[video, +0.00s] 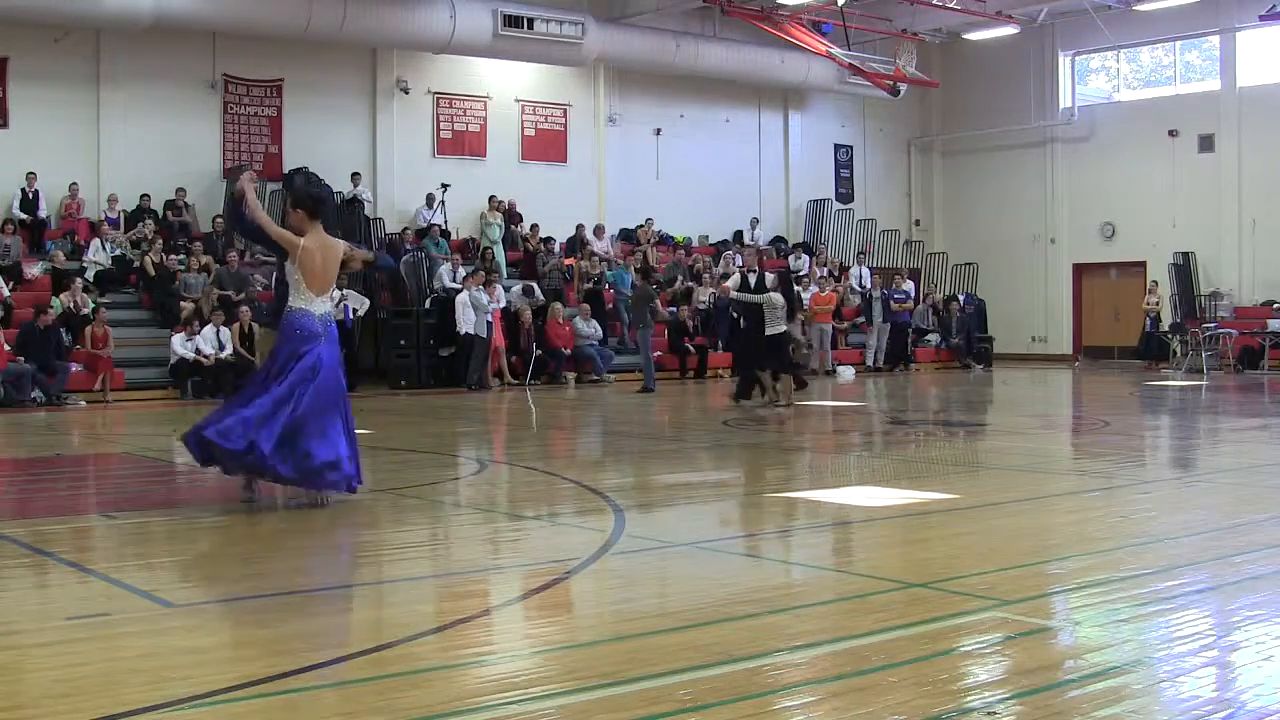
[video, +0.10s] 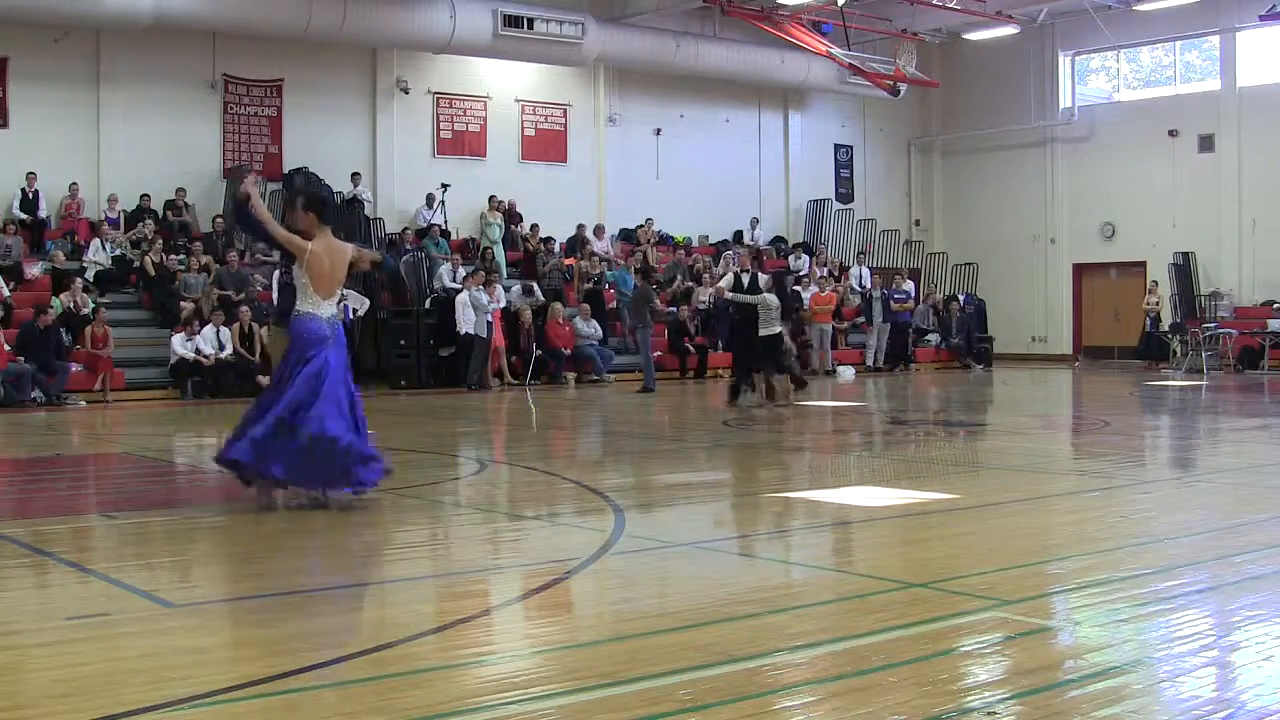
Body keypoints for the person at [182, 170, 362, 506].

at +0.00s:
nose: (287, 217)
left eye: (289, 211)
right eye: (289, 211)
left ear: (300, 212)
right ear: (319, 211)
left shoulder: (298, 244)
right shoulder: (340, 246)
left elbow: (258, 216)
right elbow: (365, 258)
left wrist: (248, 189)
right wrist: (357, 258)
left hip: (298, 328)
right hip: (326, 329)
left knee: (277, 395)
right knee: (321, 401)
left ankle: (252, 462)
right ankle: (318, 478)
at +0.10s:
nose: (292, 219)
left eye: (295, 213)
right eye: (293, 213)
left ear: (310, 216)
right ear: (321, 214)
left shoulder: (306, 248)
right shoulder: (347, 250)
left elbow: (268, 222)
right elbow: (372, 260)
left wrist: (252, 194)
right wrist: (360, 260)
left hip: (306, 329)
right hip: (334, 331)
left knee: (292, 399)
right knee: (330, 400)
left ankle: (267, 467)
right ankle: (333, 473)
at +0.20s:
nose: (307, 219)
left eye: (310, 213)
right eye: (308, 213)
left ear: (322, 215)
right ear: (335, 216)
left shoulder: (316, 251)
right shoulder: (352, 250)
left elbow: (283, 231)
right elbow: (371, 256)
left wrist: (261, 203)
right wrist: (373, 256)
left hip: (318, 331)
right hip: (344, 331)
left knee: (311, 400)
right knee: (342, 401)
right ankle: (361, 469)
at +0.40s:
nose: (334, 217)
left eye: (338, 212)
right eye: (336, 211)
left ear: (351, 216)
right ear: (362, 217)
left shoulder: (345, 248)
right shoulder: (376, 247)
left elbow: (303, 234)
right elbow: (383, 250)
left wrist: (268, 210)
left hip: (348, 328)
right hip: (369, 327)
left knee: (334, 400)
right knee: (362, 400)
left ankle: (332, 473)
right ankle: (370, 468)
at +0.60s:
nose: (363, 217)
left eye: (369, 213)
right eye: (364, 212)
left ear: (386, 219)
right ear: (387, 220)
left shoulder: (377, 250)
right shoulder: (396, 246)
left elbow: (331, 232)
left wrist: (298, 208)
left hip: (373, 328)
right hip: (388, 327)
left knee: (347, 392)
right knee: (389, 397)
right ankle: (406, 466)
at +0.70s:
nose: (381, 221)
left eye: (386, 216)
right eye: (382, 215)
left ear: (403, 221)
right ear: (404, 222)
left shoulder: (393, 254)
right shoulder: (411, 249)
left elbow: (349, 236)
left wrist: (315, 210)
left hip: (388, 331)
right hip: (401, 329)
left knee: (369, 397)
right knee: (407, 397)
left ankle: (371, 471)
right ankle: (426, 467)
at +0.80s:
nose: (400, 220)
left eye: (406, 215)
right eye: (401, 214)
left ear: (421, 222)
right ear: (417, 221)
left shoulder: (413, 252)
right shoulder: (422, 246)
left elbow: (365, 237)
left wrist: (327, 209)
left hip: (409, 331)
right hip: (413, 328)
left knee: (385, 393)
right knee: (414, 397)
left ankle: (384, 472)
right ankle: (429, 467)